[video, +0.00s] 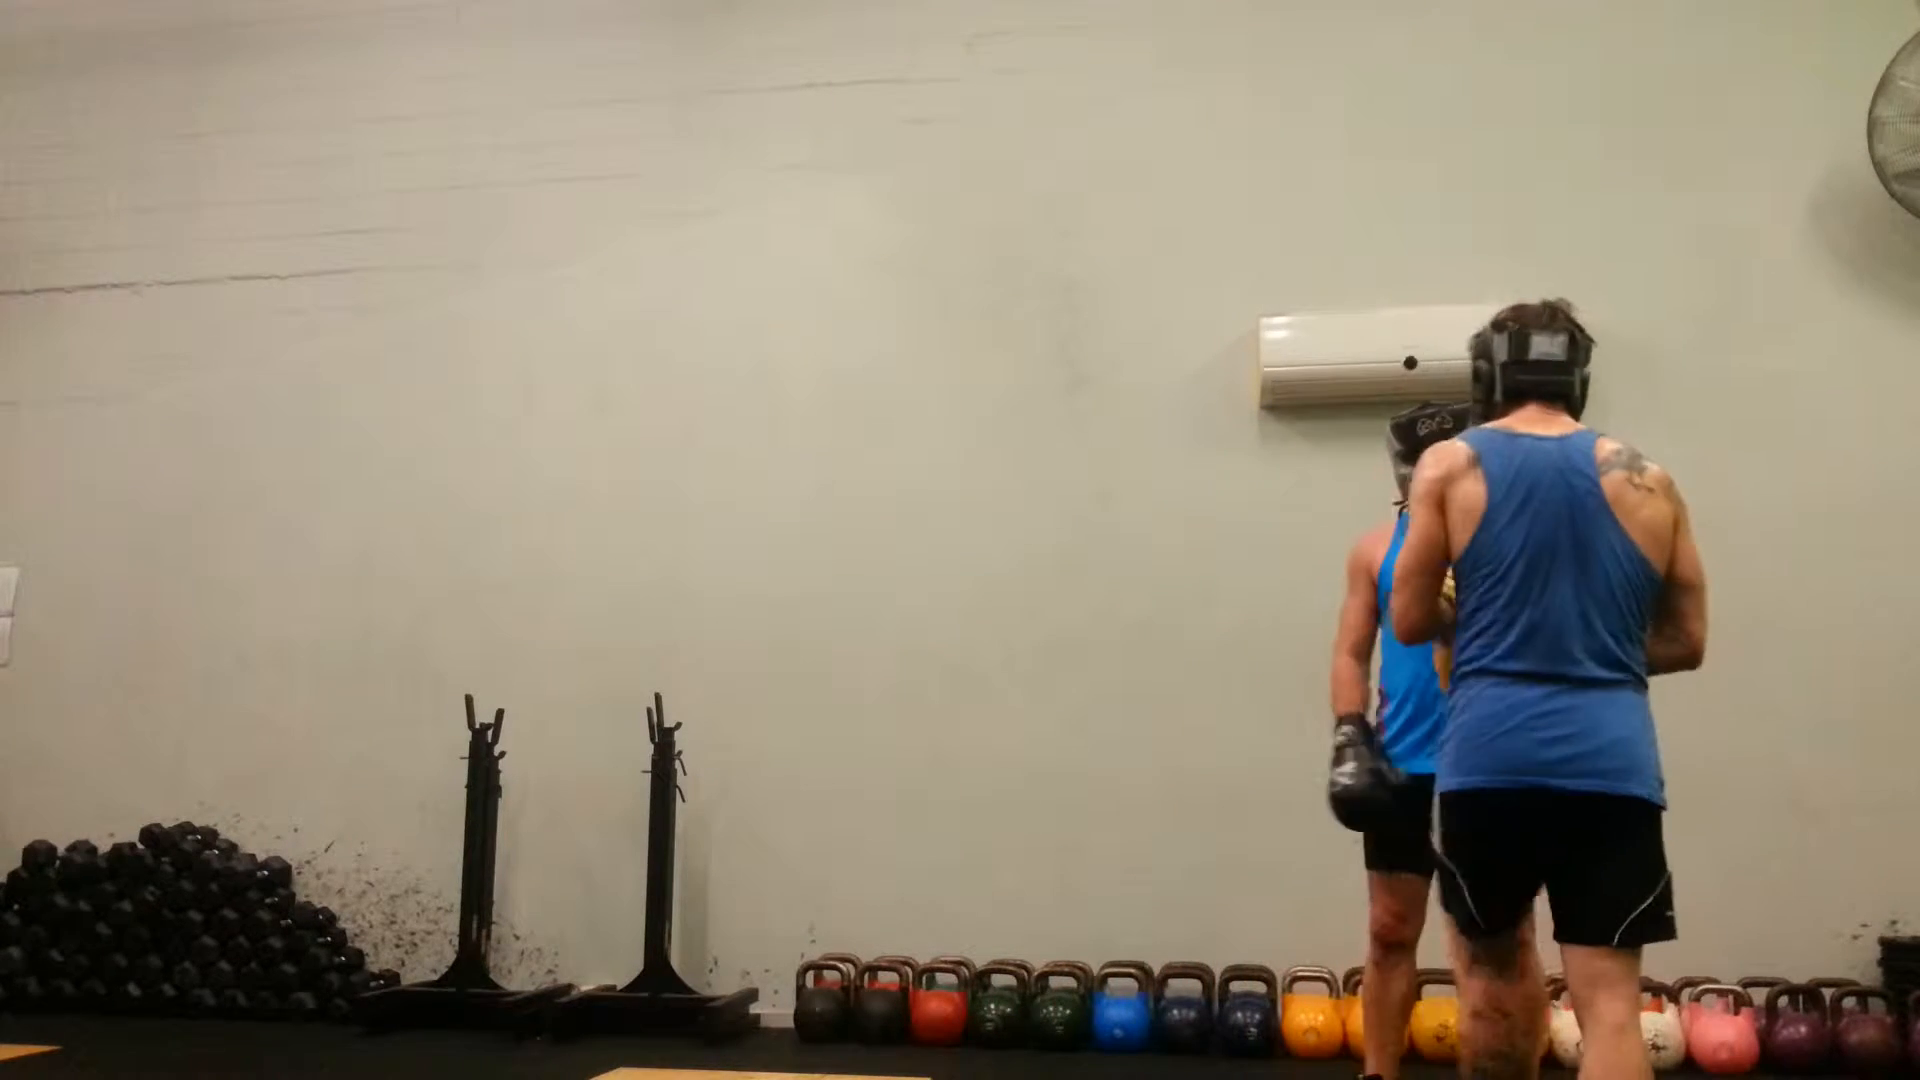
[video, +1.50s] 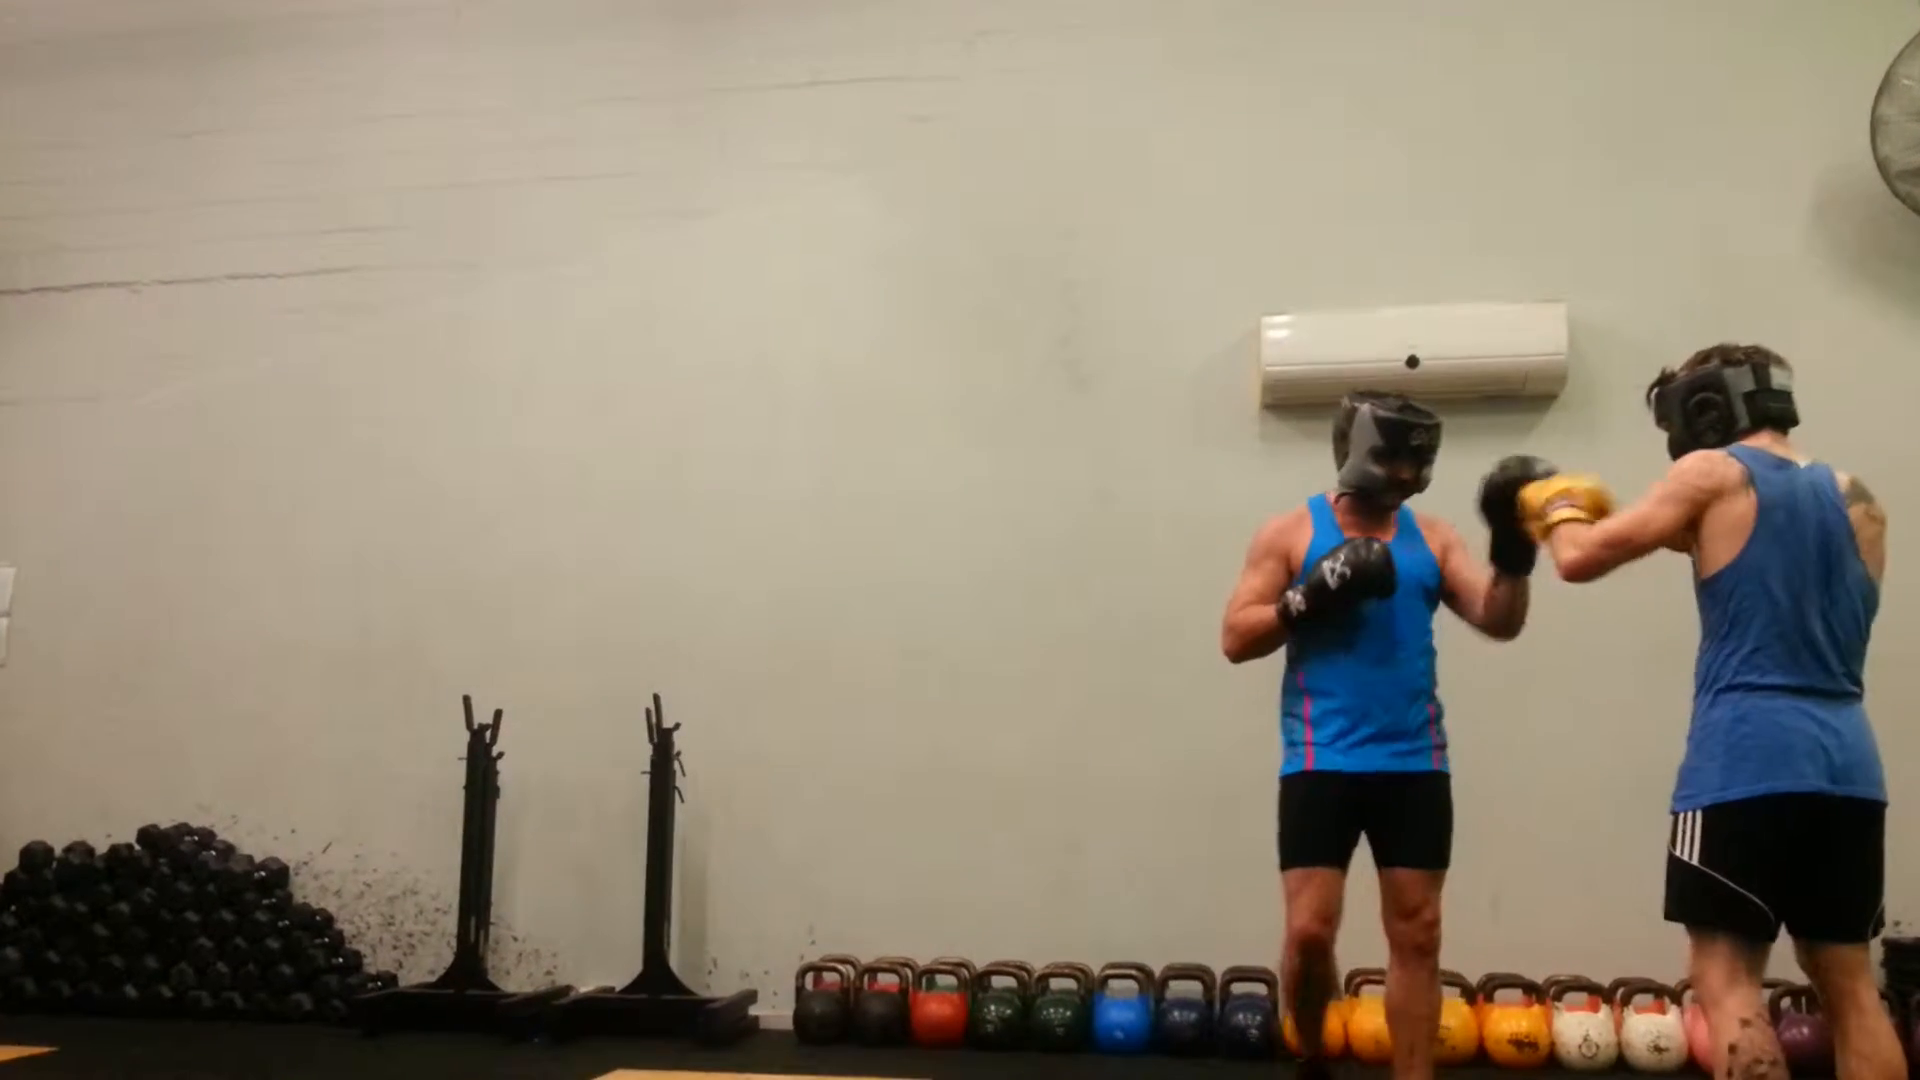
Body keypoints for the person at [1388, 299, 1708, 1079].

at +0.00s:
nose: (1485, 385)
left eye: (1485, 372)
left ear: (1491, 377)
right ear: (1578, 378)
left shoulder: (1449, 465)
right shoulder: (1649, 479)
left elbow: (1410, 620)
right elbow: (1684, 644)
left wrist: (1480, 613)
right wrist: (1580, 641)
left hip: (1486, 767)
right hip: (1612, 767)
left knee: (1492, 994)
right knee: (1610, 1006)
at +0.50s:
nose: (1476, 423)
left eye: (1481, 411)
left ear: (1497, 412)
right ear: (1581, 405)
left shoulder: (1471, 499)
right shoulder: (1668, 483)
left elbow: (1390, 615)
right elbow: (1738, 615)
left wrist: (1471, 631)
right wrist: (1642, 589)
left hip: (1536, 775)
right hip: (1659, 772)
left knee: (1537, 970)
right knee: (1697, 959)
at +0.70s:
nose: (1535, 431)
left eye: (1539, 418)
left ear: (1557, 418)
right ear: (1641, 413)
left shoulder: (1542, 493)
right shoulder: (1726, 506)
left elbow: (1433, 596)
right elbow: (1764, 647)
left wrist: (1507, 626)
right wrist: (1681, 596)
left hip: (1584, 782)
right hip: (1701, 784)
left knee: (1561, 981)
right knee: (1767, 986)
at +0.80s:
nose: (1572, 437)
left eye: (1577, 423)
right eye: (1575, 423)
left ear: (1602, 423)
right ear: (1680, 419)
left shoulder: (1590, 494)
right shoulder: (1758, 512)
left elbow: (1489, 595)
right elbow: (1768, 660)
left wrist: (1558, 635)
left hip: (1627, 784)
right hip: (1742, 784)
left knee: (1582, 984)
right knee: (1789, 989)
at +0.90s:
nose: (1603, 451)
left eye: (1606, 436)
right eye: (1600, 438)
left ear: (1635, 429)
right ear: (1705, 425)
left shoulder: (1631, 492)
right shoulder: (1785, 513)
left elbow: (1584, 600)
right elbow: (1775, 630)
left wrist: (1612, 658)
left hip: (1665, 779)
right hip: (1778, 778)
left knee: (1603, 970)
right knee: (1809, 984)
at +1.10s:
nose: (1644, 469)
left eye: (1644, 452)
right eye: (1642, 455)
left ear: (1668, 434)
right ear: (1733, 429)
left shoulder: (1698, 477)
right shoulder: (1812, 508)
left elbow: (1682, 576)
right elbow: (1801, 606)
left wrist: (1623, 584)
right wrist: (1682, 543)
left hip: (1717, 762)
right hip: (1818, 770)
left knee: (1645, 957)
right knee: (1826, 976)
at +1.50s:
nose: (1678, 442)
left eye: (1680, 426)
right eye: (1675, 429)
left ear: (1710, 415)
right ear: (1781, 412)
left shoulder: (1711, 472)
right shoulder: (1859, 504)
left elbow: (1576, 556)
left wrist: (1561, 504)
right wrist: (1695, 524)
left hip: (1742, 769)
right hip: (1850, 772)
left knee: (1725, 977)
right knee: (1848, 976)